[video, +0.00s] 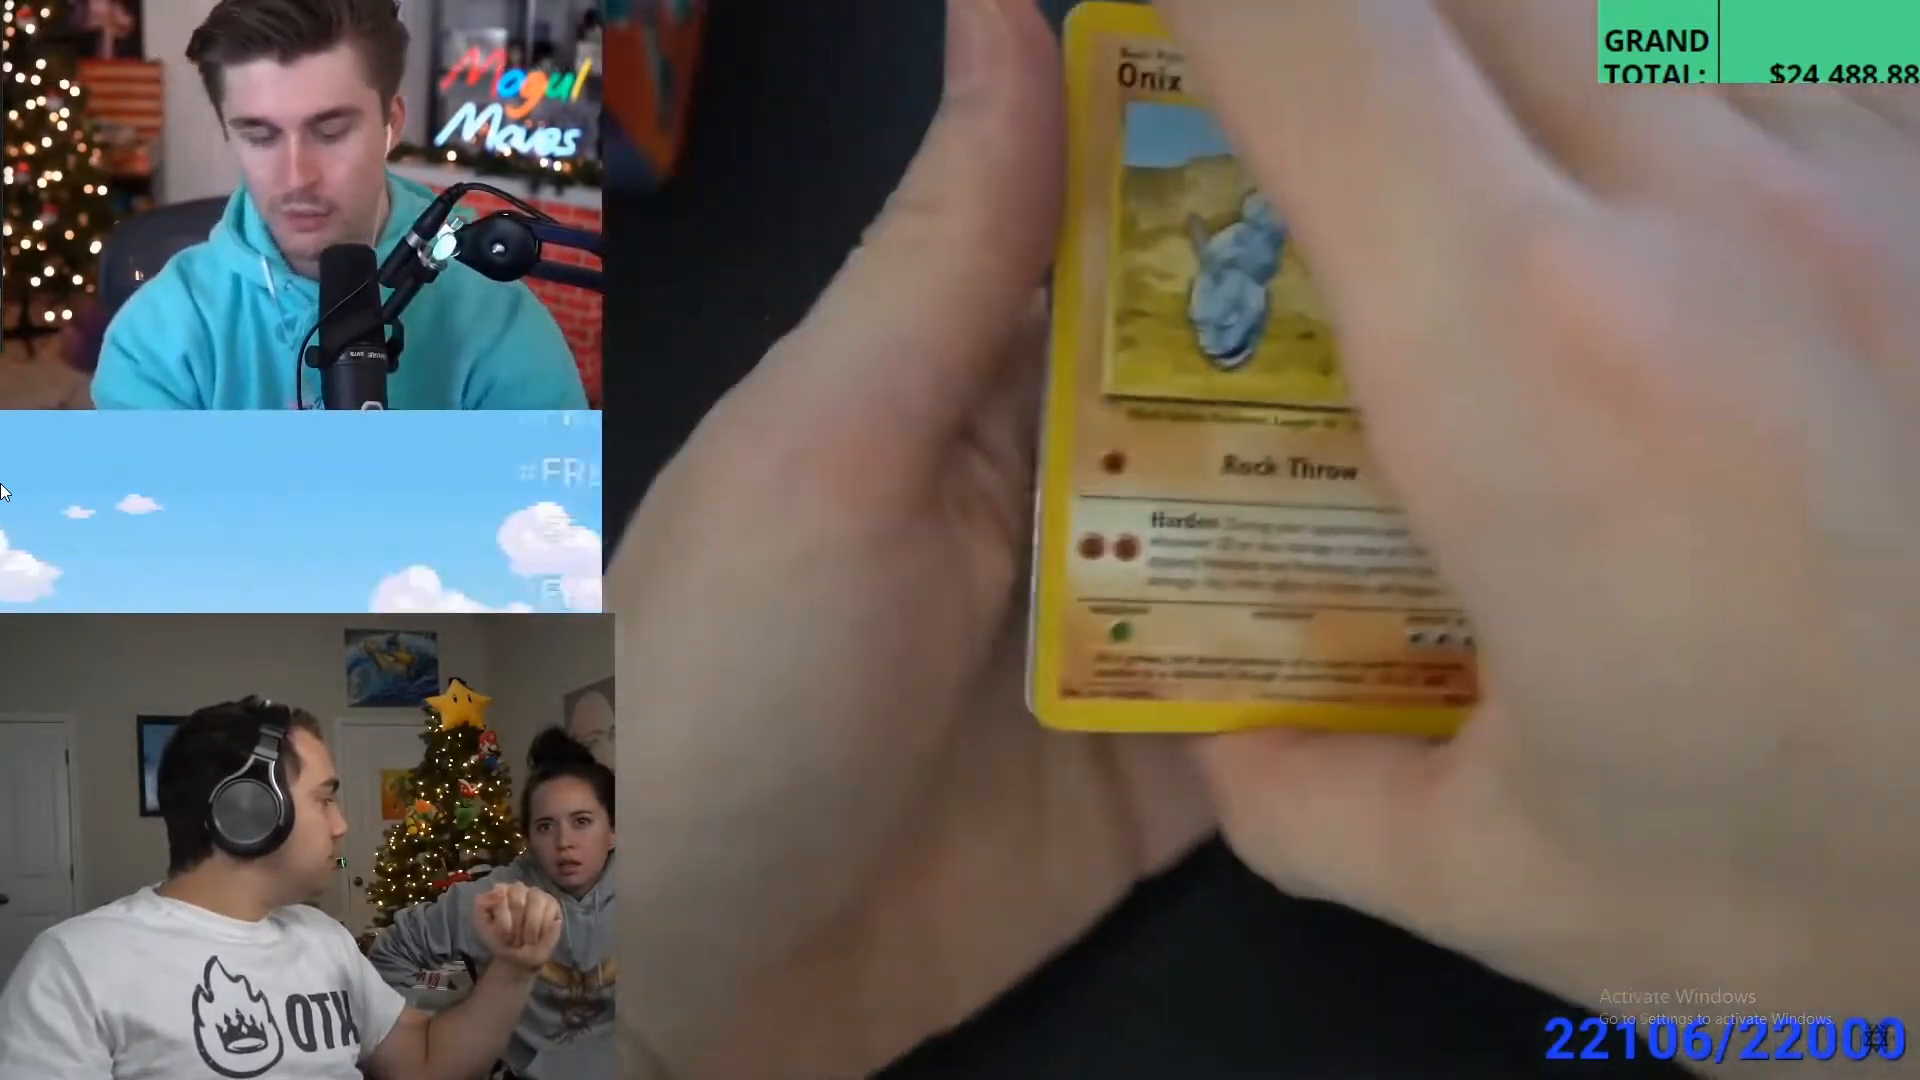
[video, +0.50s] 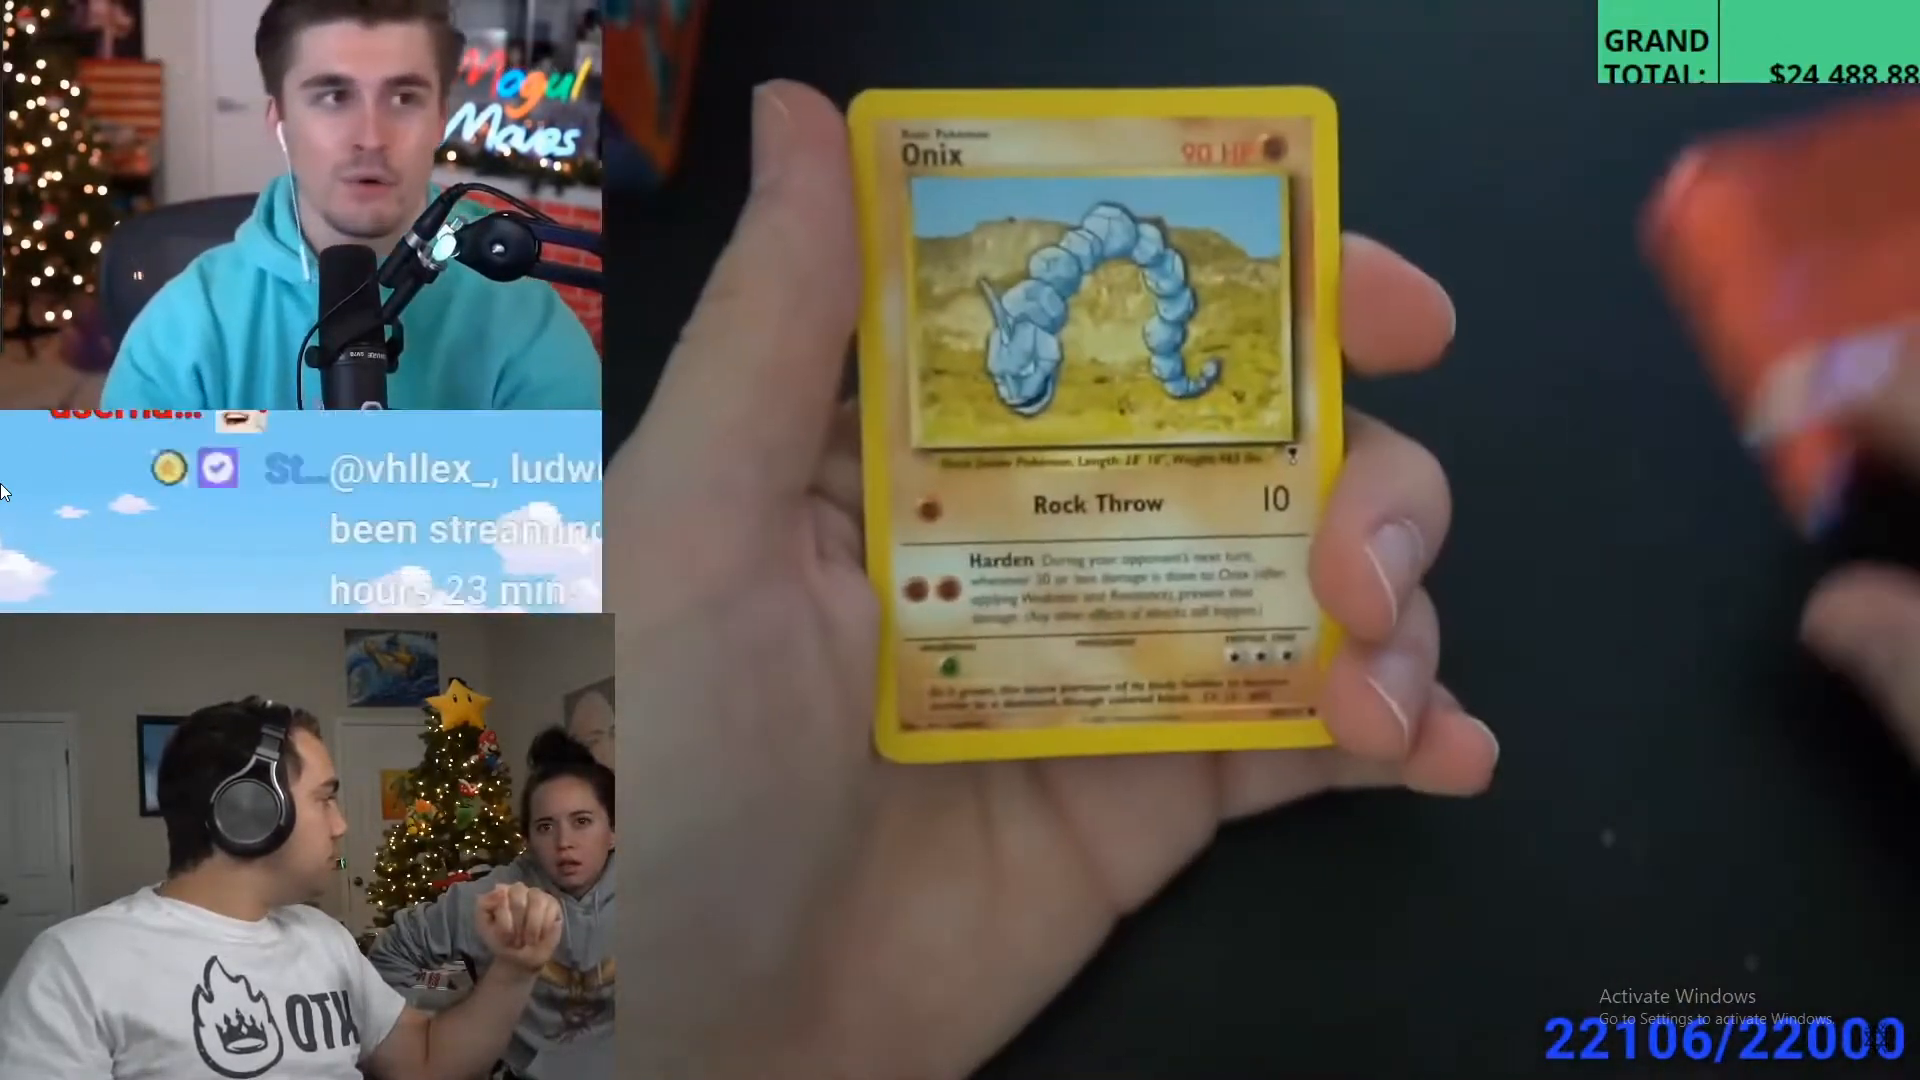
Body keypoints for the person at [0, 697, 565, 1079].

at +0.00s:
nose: (344, 824)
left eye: (335, 798)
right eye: (324, 799)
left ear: (260, 808)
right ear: (248, 809)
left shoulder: (324, 943)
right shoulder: (76, 967)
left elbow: (428, 1059)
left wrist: (512, 968)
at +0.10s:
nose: (344, 824)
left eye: (335, 798)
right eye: (324, 799)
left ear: (260, 808)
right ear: (248, 809)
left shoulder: (324, 943)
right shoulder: (76, 967)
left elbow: (428, 1059)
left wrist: (512, 968)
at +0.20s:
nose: (343, 824)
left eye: (335, 798)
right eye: (324, 798)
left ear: (260, 808)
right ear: (248, 808)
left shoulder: (324, 942)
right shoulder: (75, 967)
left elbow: (427, 1059)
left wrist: (512, 969)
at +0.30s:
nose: (343, 823)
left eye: (335, 798)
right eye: (324, 799)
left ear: (260, 808)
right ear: (248, 809)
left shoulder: (325, 943)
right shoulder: (76, 967)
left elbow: (427, 1059)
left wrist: (513, 969)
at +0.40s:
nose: (343, 823)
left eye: (335, 798)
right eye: (325, 799)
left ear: (259, 809)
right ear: (249, 810)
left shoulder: (325, 943)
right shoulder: (76, 967)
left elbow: (427, 1059)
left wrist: (512, 969)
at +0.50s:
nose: (343, 823)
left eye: (335, 798)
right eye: (325, 799)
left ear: (260, 809)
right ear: (249, 810)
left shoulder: (324, 942)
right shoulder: (76, 967)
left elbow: (427, 1059)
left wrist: (512, 969)